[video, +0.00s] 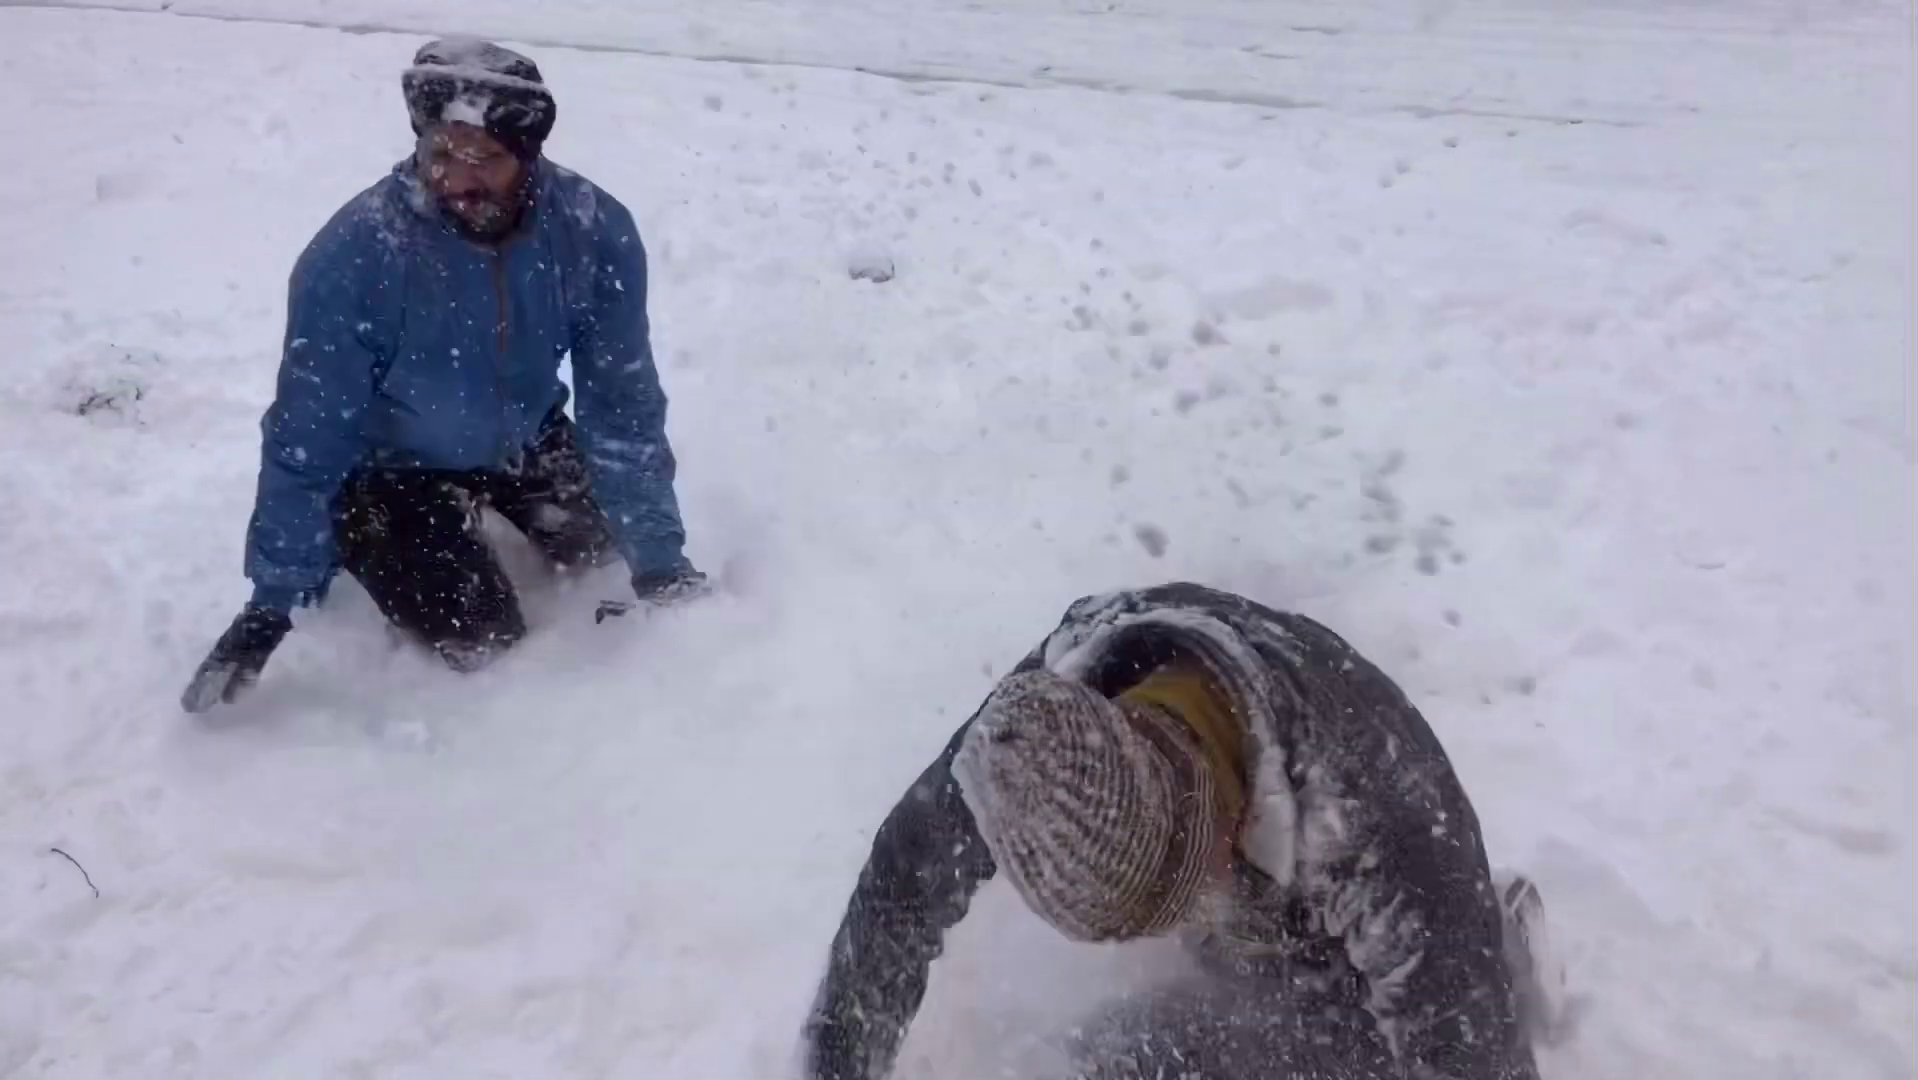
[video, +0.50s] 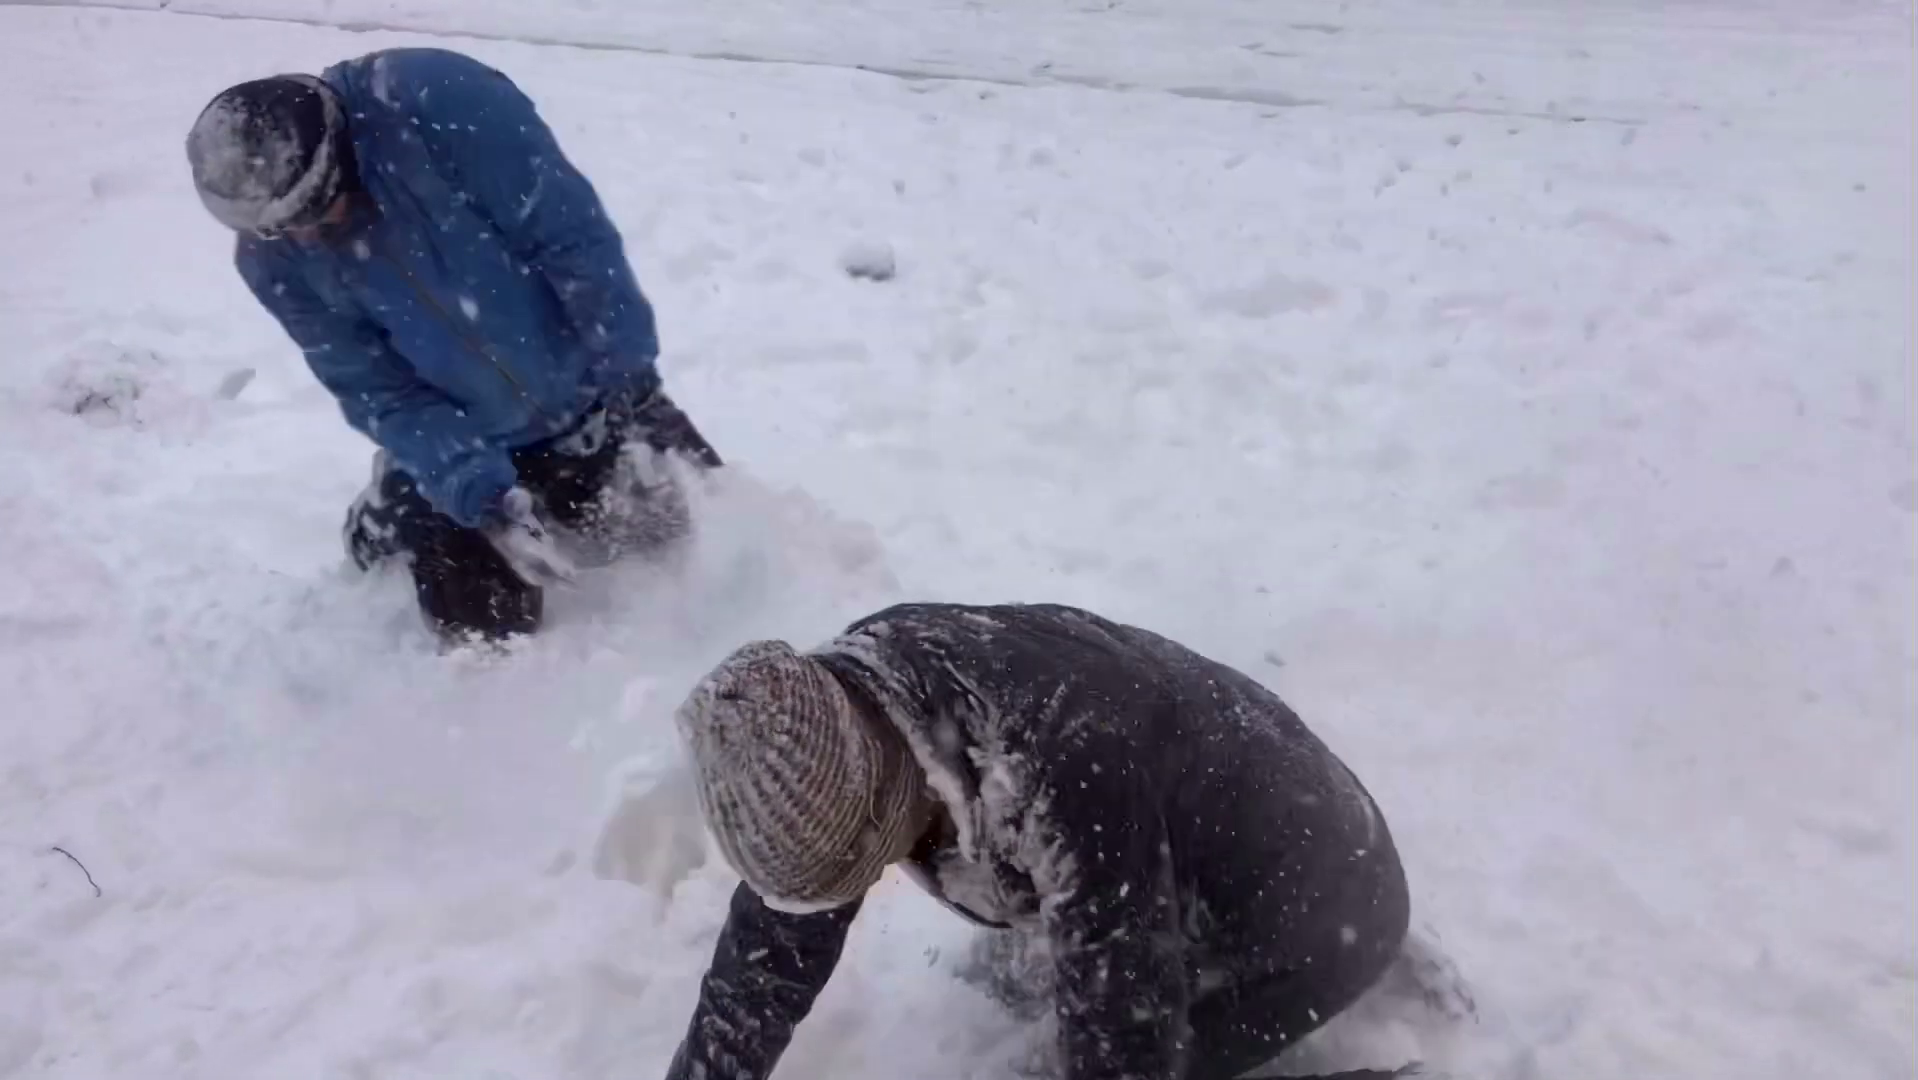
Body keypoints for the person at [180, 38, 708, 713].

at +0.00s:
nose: (463, 180)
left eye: (485, 156)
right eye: (443, 155)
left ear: (529, 150)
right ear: (420, 148)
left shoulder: (593, 231)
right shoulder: (354, 257)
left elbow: (625, 407)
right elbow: (305, 444)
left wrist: (662, 565)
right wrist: (272, 602)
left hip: (523, 436)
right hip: (391, 466)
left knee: (600, 552)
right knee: (485, 636)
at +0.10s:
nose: (400, 197)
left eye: (419, 176)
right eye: (387, 172)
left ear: (479, 161)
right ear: (374, 158)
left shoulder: (582, 212)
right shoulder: (342, 269)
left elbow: (624, 379)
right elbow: (302, 452)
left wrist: (649, 536)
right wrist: (256, 612)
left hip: (533, 426)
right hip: (397, 456)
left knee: (635, 577)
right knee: (480, 632)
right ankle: (347, 519)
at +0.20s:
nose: (332, 224)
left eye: (348, 203)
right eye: (321, 201)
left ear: (404, 178)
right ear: (313, 184)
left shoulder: (542, 169)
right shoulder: (319, 286)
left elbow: (621, 337)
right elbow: (330, 478)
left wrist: (645, 492)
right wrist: (326, 660)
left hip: (549, 417)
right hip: (426, 452)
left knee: (652, 569)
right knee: (471, 624)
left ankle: (526, 484)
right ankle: (333, 559)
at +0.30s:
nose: (324, 245)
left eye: (330, 223)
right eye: (301, 236)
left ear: (363, 176)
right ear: (278, 220)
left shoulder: (488, 129)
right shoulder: (301, 286)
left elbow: (613, 286)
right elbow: (373, 455)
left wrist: (635, 445)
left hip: (563, 405)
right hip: (452, 451)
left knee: (628, 541)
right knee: (494, 623)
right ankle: (371, 534)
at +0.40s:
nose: (318, 242)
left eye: (321, 217)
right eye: (293, 238)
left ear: (344, 164)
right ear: (265, 228)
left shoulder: (454, 109)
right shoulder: (284, 271)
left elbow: (585, 246)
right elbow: (383, 420)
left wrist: (630, 403)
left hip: (578, 410)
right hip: (454, 453)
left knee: (659, 556)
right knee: (494, 633)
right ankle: (397, 508)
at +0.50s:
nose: (305, 237)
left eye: (310, 214)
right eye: (282, 231)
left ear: (335, 159)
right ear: (253, 219)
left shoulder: (435, 100)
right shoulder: (274, 258)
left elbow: (572, 236)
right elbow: (380, 396)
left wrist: (633, 393)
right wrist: (488, 500)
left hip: (583, 407)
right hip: (461, 458)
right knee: (489, 644)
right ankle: (409, 510)